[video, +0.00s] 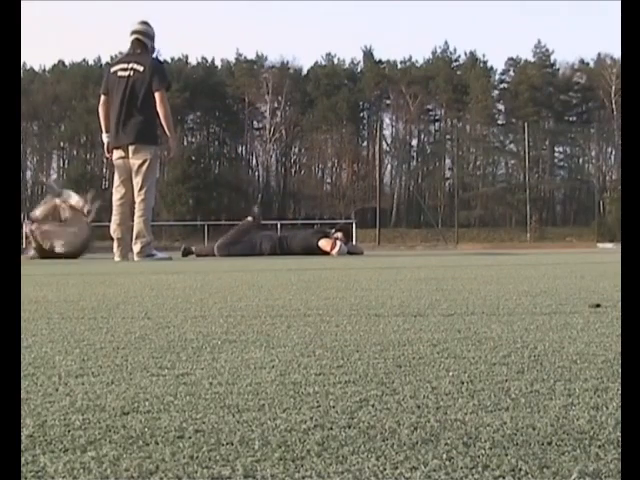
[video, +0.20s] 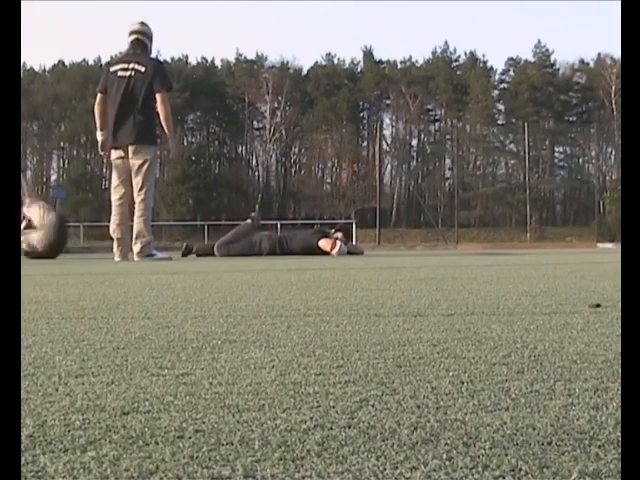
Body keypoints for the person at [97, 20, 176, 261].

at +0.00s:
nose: (150, 47)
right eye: (151, 43)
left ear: (131, 41)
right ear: (150, 42)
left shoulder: (113, 66)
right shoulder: (153, 65)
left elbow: (103, 103)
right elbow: (160, 100)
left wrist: (106, 135)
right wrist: (171, 135)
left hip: (117, 137)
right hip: (144, 137)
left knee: (120, 195)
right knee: (143, 195)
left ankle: (119, 249)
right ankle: (142, 247)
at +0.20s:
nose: (146, 45)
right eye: (148, 40)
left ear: (129, 41)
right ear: (149, 42)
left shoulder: (112, 65)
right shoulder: (154, 66)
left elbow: (99, 103)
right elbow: (161, 103)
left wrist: (101, 134)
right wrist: (171, 137)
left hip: (116, 139)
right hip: (143, 139)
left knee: (119, 196)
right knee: (143, 196)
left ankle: (119, 250)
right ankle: (142, 247)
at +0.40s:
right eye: (144, 40)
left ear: (126, 41)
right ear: (147, 42)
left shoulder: (111, 65)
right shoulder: (155, 67)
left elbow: (96, 101)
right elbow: (163, 106)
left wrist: (93, 133)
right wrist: (169, 139)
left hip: (115, 138)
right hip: (142, 139)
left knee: (118, 196)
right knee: (142, 195)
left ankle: (119, 250)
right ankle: (142, 248)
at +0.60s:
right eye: (142, 40)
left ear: (124, 41)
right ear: (144, 43)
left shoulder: (108, 66)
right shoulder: (153, 67)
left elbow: (96, 102)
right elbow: (162, 108)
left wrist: (92, 134)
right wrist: (168, 139)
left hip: (113, 138)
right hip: (141, 139)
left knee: (117, 197)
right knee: (142, 196)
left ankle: (119, 250)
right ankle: (142, 248)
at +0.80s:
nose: (142, 47)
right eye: (144, 43)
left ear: (124, 42)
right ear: (144, 44)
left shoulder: (106, 66)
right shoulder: (150, 68)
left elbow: (96, 104)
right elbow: (158, 109)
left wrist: (95, 135)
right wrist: (164, 139)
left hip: (112, 139)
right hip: (141, 139)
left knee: (117, 197)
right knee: (142, 196)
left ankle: (119, 250)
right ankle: (142, 248)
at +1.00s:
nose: (148, 50)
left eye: (147, 46)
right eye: (148, 46)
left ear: (127, 41)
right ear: (146, 44)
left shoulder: (106, 66)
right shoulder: (149, 67)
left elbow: (97, 105)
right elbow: (156, 103)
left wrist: (97, 137)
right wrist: (162, 136)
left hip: (113, 138)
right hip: (140, 138)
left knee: (117, 196)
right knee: (143, 195)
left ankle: (119, 250)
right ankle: (142, 248)